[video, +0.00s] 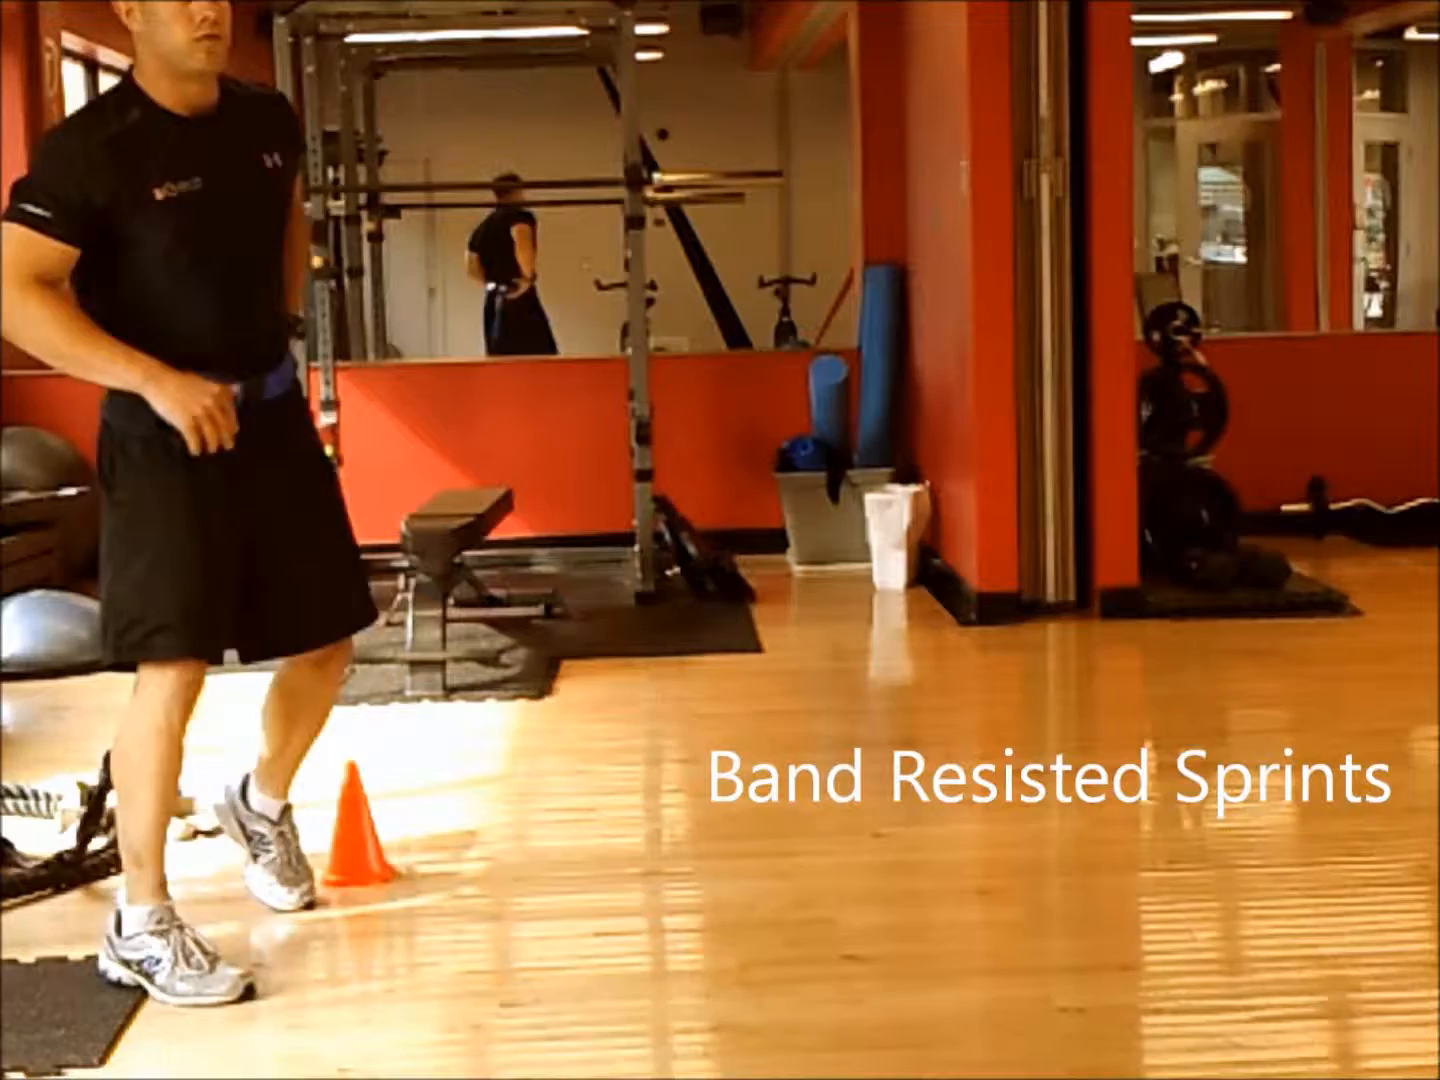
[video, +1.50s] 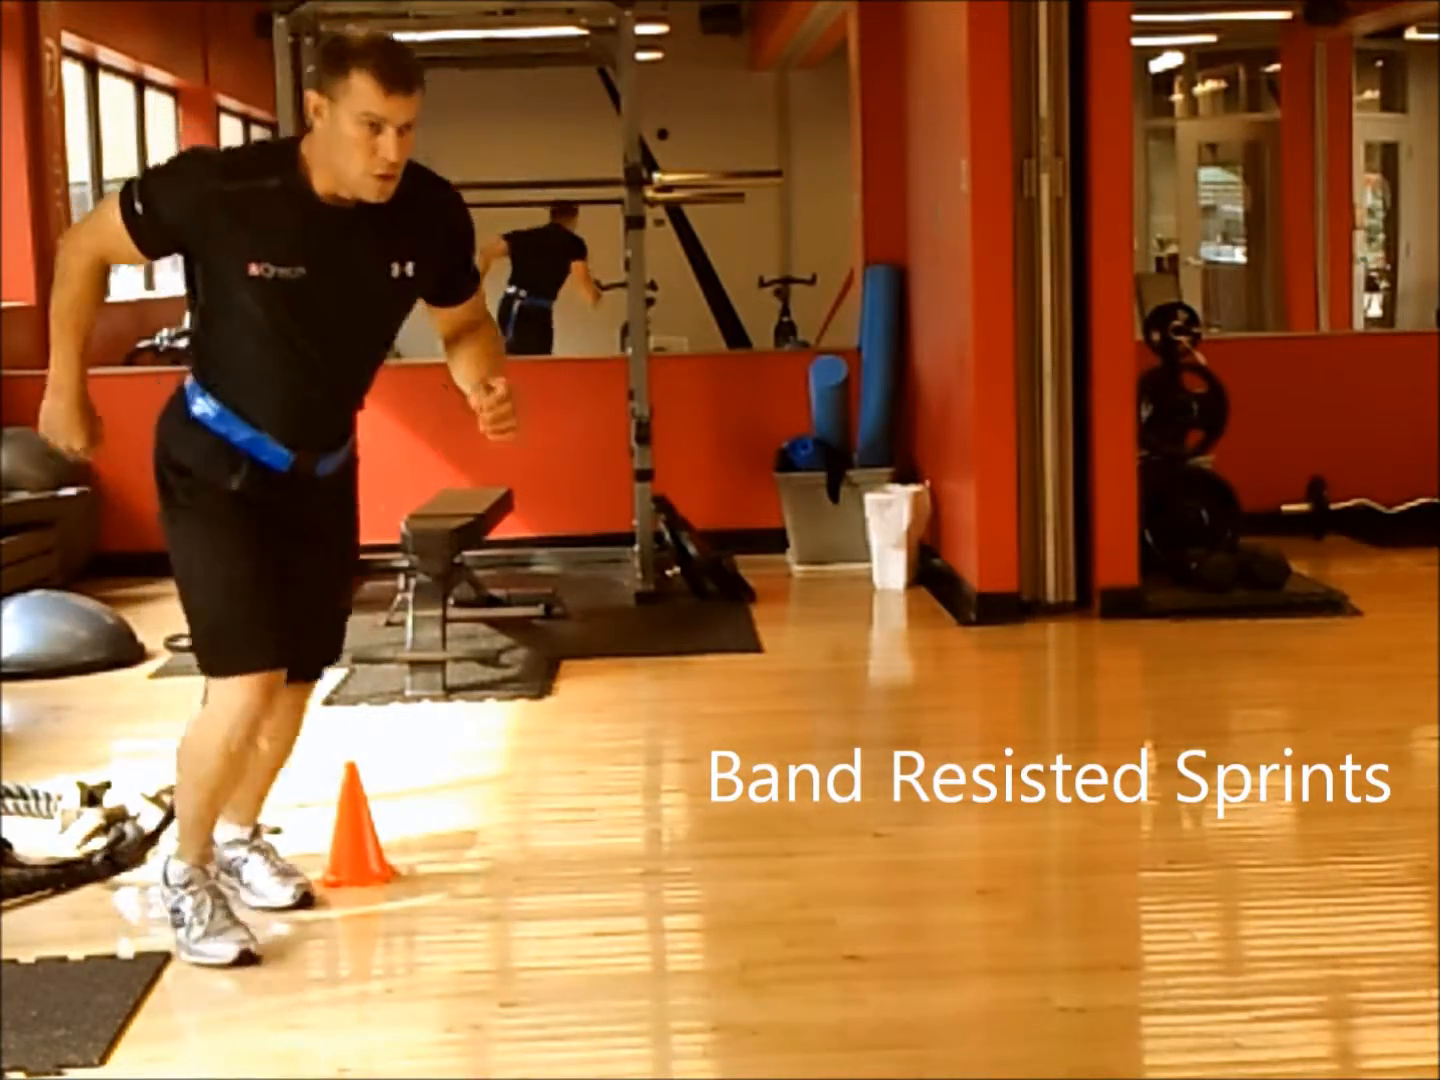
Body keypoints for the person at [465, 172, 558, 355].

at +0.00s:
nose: (523, 195)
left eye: (521, 190)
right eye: (520, 190)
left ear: (497, 194)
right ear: (515, 192)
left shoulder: (483, 226)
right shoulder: (520, 216)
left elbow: (472, 267)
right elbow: (522, 242)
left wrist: (494, 281)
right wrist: (529, 276)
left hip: (495, 297)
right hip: (521, 294)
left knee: (500, 355)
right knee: (536, 354)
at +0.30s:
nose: (528, 196)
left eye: (524, 192)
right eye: (526, 192)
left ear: (503, 196)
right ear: (525, 195)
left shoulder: (485, 227)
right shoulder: (534, 222)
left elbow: (464, 268)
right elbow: (542, 246)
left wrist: (476, 304)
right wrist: (540, 282)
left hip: (496, 298)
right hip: (528, 296)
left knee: (504, 360)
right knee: (532, 359)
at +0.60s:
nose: (536, 198)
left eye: (534, 194)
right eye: (535, 195)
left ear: (511, 196)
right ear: (532, 197)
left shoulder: (487, 224)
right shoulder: (538, 222)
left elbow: (463, 264)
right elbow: (546, 250)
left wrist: (468, 303)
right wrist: (543, 285)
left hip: (493, 297)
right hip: (524, 297)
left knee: (498, 358)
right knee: (526, 359)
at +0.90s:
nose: (539, 197)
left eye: (538, 193)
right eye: (537, 193)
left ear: (514, 194)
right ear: (533, 195)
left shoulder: (490, 223)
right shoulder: (538, 224)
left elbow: (467, 263)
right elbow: (547, 262)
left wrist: (475, 302)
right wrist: (570, 298)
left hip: (496, 299)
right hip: (525, 301)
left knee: (501, 360)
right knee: (530, 360)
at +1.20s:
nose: (551, 202)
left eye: (550, 197)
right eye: (550, 197)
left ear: (527, 196)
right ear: (547, 199)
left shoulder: (500, 224)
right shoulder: (550, 230)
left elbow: (473, 262)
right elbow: (557, 268)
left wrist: (478, 301)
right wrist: (572, 304)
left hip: (498, 300)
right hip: (528, 303)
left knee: (501, 359)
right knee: (531, 360)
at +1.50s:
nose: (575, 223)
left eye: (574, 218)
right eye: (574, 218)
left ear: (552, 216)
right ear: (572, 218)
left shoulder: (527, 235)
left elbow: (487, 251)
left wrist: (477, 287)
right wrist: (595, 288)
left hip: (509, 306)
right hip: (537, 312)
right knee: (538, 369)